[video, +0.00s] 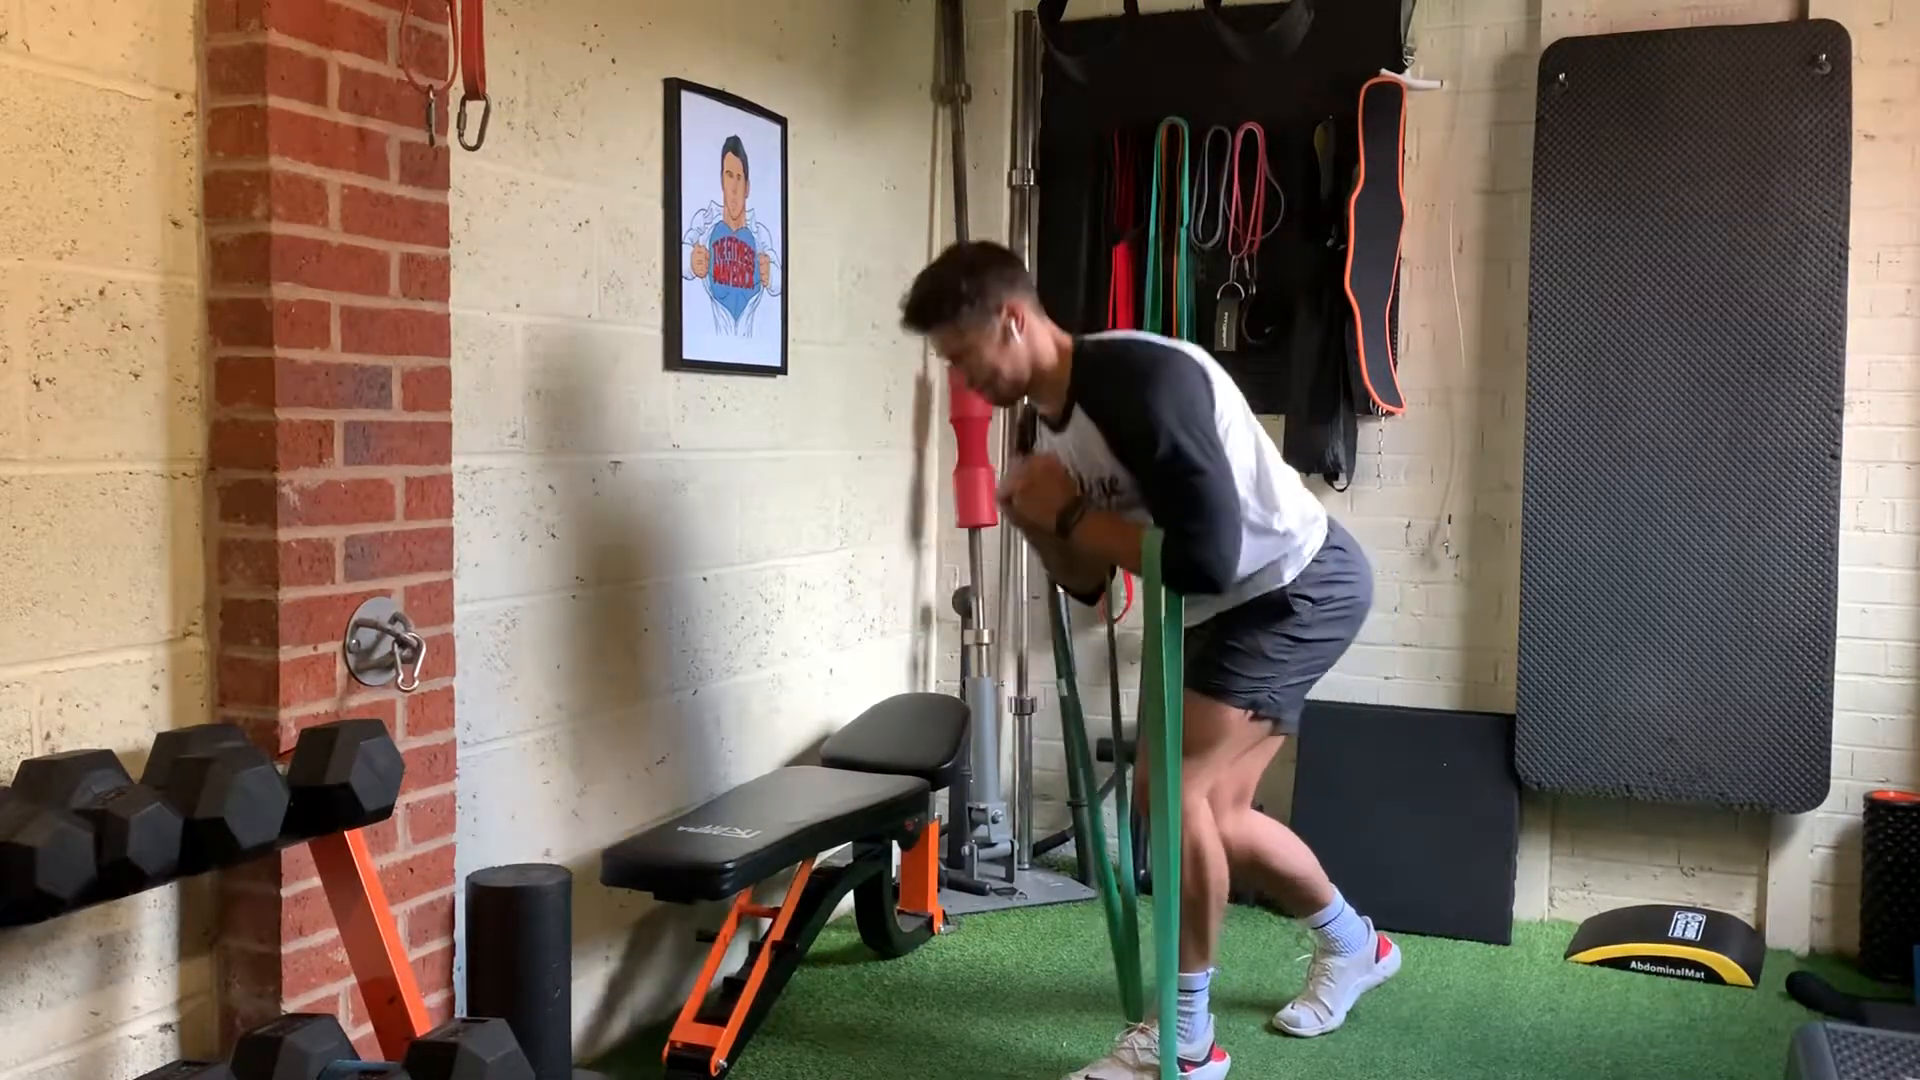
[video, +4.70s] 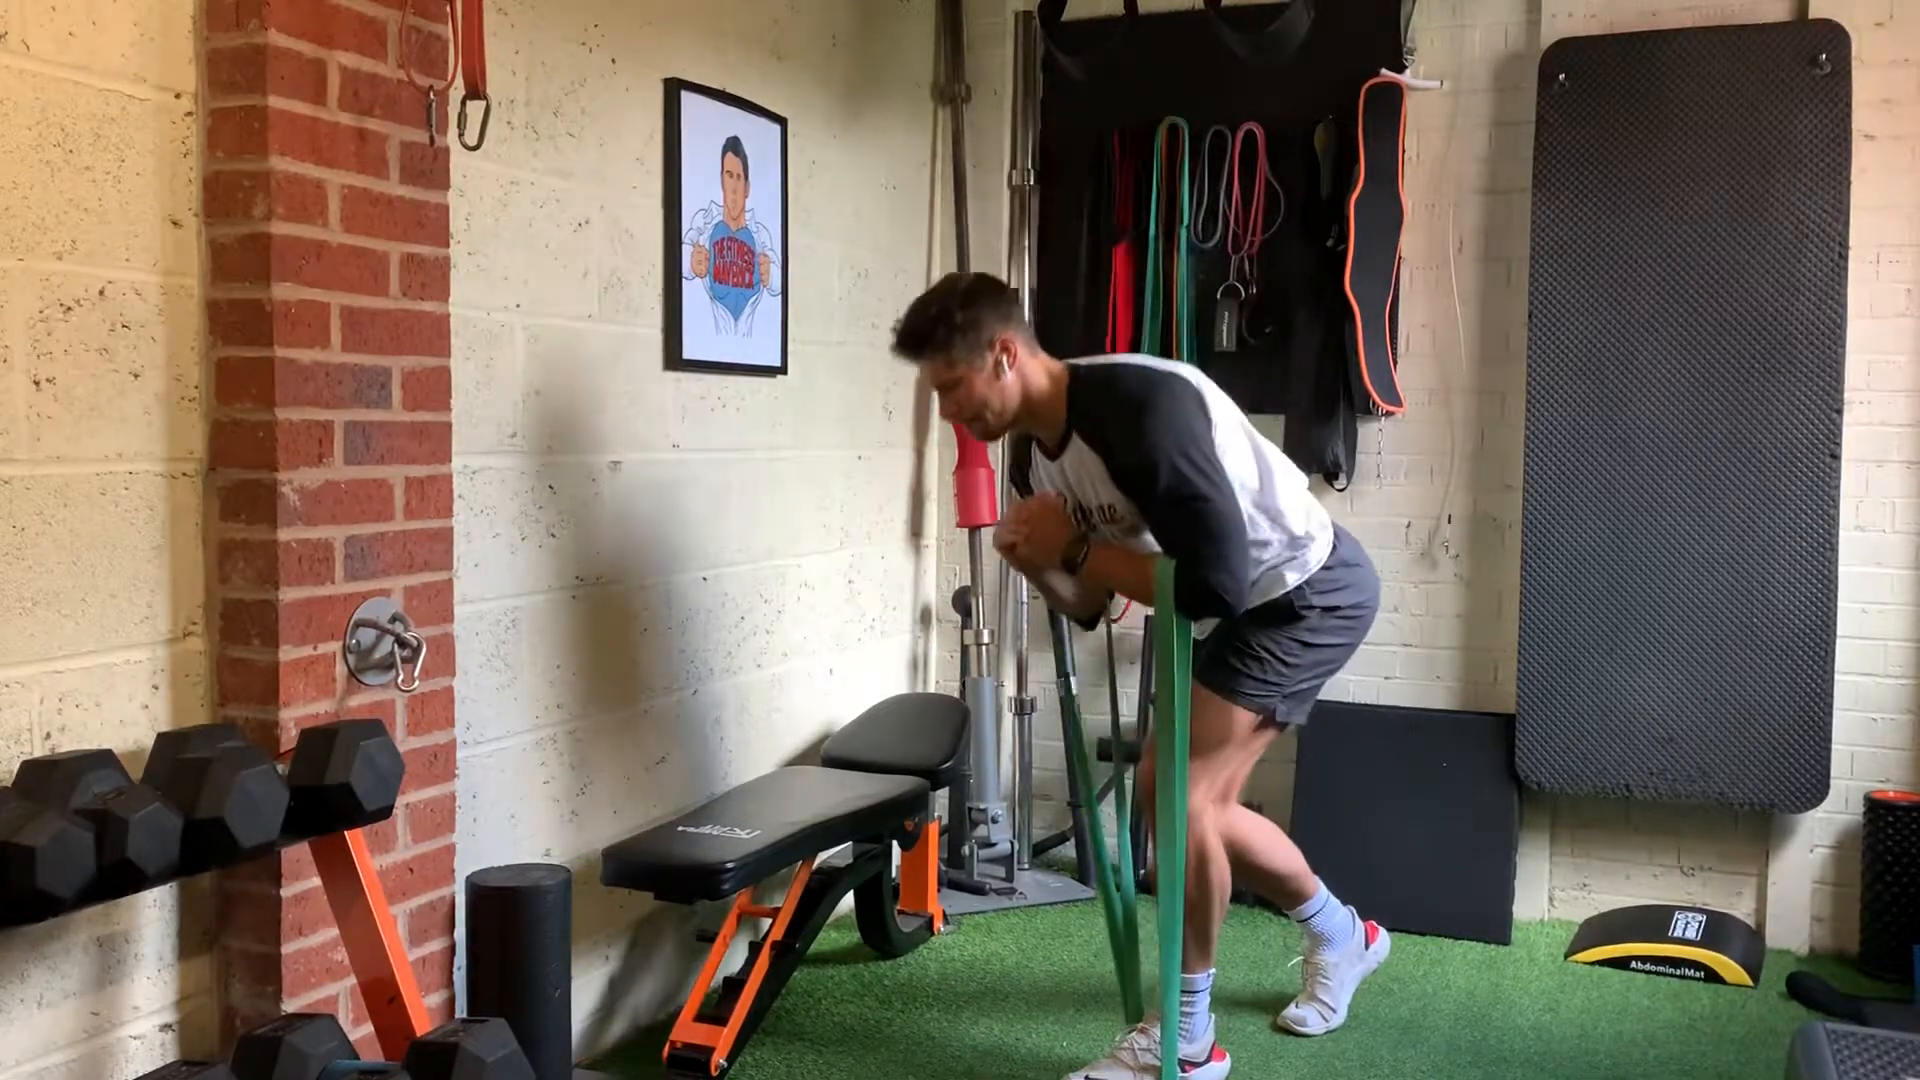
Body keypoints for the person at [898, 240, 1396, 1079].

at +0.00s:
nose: (960, 379)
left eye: (963, 355)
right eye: (948, 363)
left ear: (1017, 319)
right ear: (1011, 328)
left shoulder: (1144, 384)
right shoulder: (1032, 424)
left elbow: (1208, 561)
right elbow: (1092, 587)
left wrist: (1072, 515)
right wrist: (1041, 523)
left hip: (1300, 581)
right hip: (1226, 595)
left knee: (1173, 788)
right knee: (1221, 818)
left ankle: (1185, 1036)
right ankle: (1356, 943)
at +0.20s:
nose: (999, 280)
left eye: (1005, 255)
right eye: (986, 262)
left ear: (1057, 220)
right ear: (1031, 234)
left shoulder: (1180, 302)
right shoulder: (1060, 331)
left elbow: (1220, 488)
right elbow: (1090, 510)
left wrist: (1085, 428)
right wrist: (1050, 434)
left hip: (1274, 565)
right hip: (1200, 570)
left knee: (1167, 782)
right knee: (1226, 800)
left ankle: (1187, 1035)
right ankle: (1357, 941)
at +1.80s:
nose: (953, 420)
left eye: (955, 397)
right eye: (942, 403)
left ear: (1009, 359)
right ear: (1007, 362)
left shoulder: (1155, 408)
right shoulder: (1033, 452)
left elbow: (1222, 582)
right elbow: (1101, 605)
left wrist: (1082, 544)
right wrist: (1046, 560)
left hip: (1309, 587)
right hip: (1228, 598)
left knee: (1173, 787)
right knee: (1205, 807)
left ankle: (1187, 1035)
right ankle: (1348, 937)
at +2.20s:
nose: (935, 569)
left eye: (937, 548)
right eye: (924, 553)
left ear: (988, 514)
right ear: (989, 516)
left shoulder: (1139, 534)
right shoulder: (1026, 563)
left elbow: (1227, 699)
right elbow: (1107, 698)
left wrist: (1081, 672)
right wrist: (1046, 681)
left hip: (1335, 593)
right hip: (1255, 608)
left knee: (1203, 795)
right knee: (1216, 815)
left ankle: (1187, 1038)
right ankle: (1350, 939)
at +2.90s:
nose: (961, 411)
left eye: (965, 388)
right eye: (950, 394)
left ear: (1018, 355)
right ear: (1015, 360)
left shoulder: (1154, 414)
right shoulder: (1039, 448)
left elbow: (1224, 580)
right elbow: (1101, 604)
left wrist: (1084, 544)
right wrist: (1055, 560)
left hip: (1311, 587)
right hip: (1228, 601)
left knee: (1176, 783)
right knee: (1206, 817)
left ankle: (1186, 1035)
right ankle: (1348, 936)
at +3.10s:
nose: (996, 295)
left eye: (1003, 271)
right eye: (986, 278)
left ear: (1058, 241)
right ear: (1040, 252)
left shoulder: (1182, 323)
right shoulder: (1066, 354)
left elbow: (1225, 509)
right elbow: (1091, 530)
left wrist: (1089, 452)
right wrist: (1056, 459)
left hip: (1286, 572)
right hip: (1207, 581)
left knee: (1165, 778)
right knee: (1213, 807)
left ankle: (1186, 1032)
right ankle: (1351, 937)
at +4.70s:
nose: (944, 412)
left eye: (950, 387)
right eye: (937, 394)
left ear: (1008, 356)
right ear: (1005, 362)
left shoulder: (1149, 410)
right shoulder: (1032, 451)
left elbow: (1221, 584)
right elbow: (1093, 605)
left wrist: (1079, 548)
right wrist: (1042, 565)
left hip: (1309, 589)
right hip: (1233, 599)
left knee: (1173, 788)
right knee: (1201, 809)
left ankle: (1187, 1034)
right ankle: (1342, 934)